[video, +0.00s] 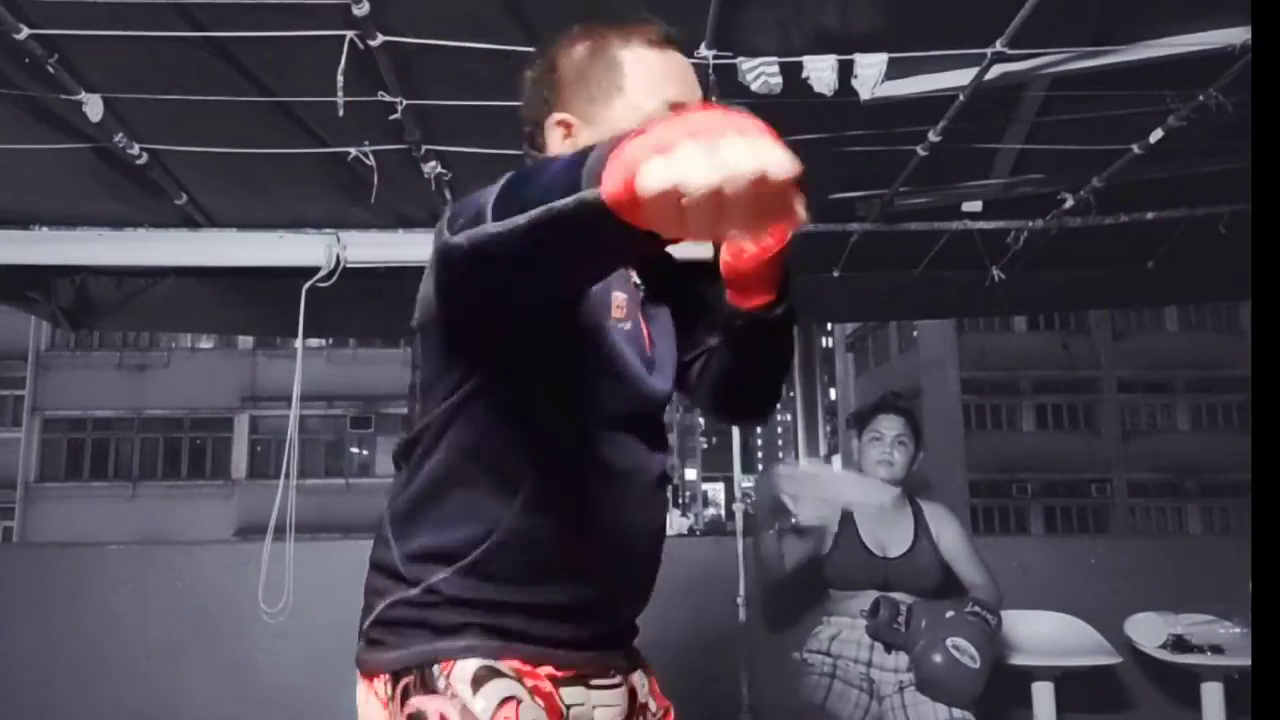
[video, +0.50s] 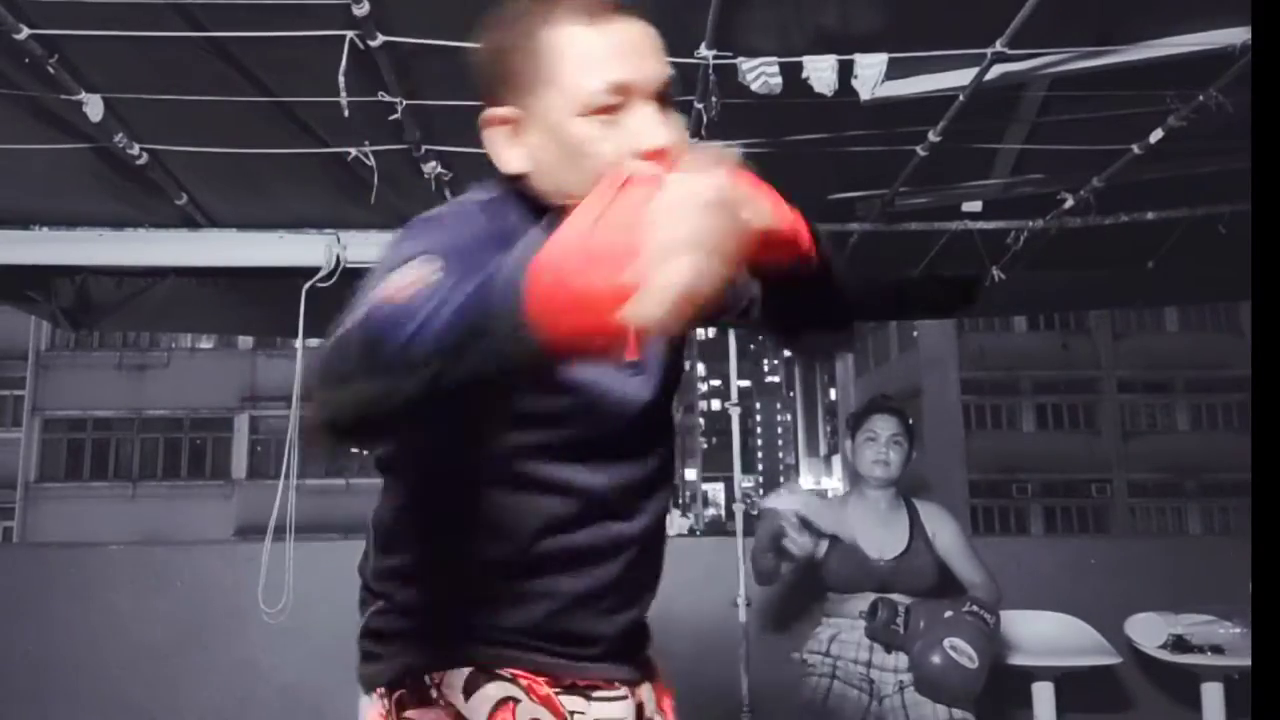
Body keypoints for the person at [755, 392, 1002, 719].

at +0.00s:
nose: (887, 451)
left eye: (900, 443)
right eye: (875, 439)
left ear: (915, 457)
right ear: (856, 449)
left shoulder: (934, 517)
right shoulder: (828, 512)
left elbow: (985, 589)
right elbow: (777, 576)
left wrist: (977, 616)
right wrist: (764, 518)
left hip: (920, 665)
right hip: (840, 661)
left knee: (938, 716)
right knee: (829, 713)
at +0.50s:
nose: (883, 450)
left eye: (895, 443)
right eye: (870, 439)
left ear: (909, 456)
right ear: (850, 450)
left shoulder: (931, 518)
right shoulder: (823, 515)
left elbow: (984, 587)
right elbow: (764, 576)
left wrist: (972, 620)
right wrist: (769, 526)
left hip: (921, 669)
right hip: (840, 666)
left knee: (938, 714)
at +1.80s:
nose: (884, 451)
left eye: (897, 443)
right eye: (872, 439)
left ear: (912, 456)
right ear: (853, 448)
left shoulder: (934, 516)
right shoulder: (823, 513)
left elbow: (984, 587)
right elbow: (773, 576)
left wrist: (973, 614)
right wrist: (777, 514)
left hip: (921, 669)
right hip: (839, 666)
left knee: (937, 714)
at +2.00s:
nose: (884, 451)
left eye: (898, 443)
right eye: (873, 439)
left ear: (913, 458)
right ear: (854, 447)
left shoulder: (934, 516)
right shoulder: (827, 514)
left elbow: (982, 585)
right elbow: (794, 580)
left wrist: (972, 614)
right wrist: (784, 507)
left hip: (921, 667)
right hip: (840, 664)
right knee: (825, 712)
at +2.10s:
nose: (885, 449)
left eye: (898, 442)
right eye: (874, 438)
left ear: (914, 457)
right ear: (854, 449)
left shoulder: (934, 516)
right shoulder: (827, 511)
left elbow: (984, 588)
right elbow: (770, 573)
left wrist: (974, 616)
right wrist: (787, 516)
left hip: (921, 666)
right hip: (839, 662)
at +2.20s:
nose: (887, 451)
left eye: (900, 442)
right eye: (875, 440)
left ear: (914, 457)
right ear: (855, 450)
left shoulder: (934, 517)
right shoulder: (830, 509)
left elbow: (984, 587)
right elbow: (761, 561)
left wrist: (976, 611)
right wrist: (771, 536)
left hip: (921, 664)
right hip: (839, 661)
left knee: (938, 715)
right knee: (823, 711)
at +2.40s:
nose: (886, 451)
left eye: (899, 444)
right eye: (875, 439)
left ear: (914, 458)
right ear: (855, 448)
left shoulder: (934, 518)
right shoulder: (826, 515)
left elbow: (983, 587)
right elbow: (790, 579)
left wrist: (977, 616)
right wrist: (781, 510)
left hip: (919, 667)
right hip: (840, 664)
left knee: (938, 715)